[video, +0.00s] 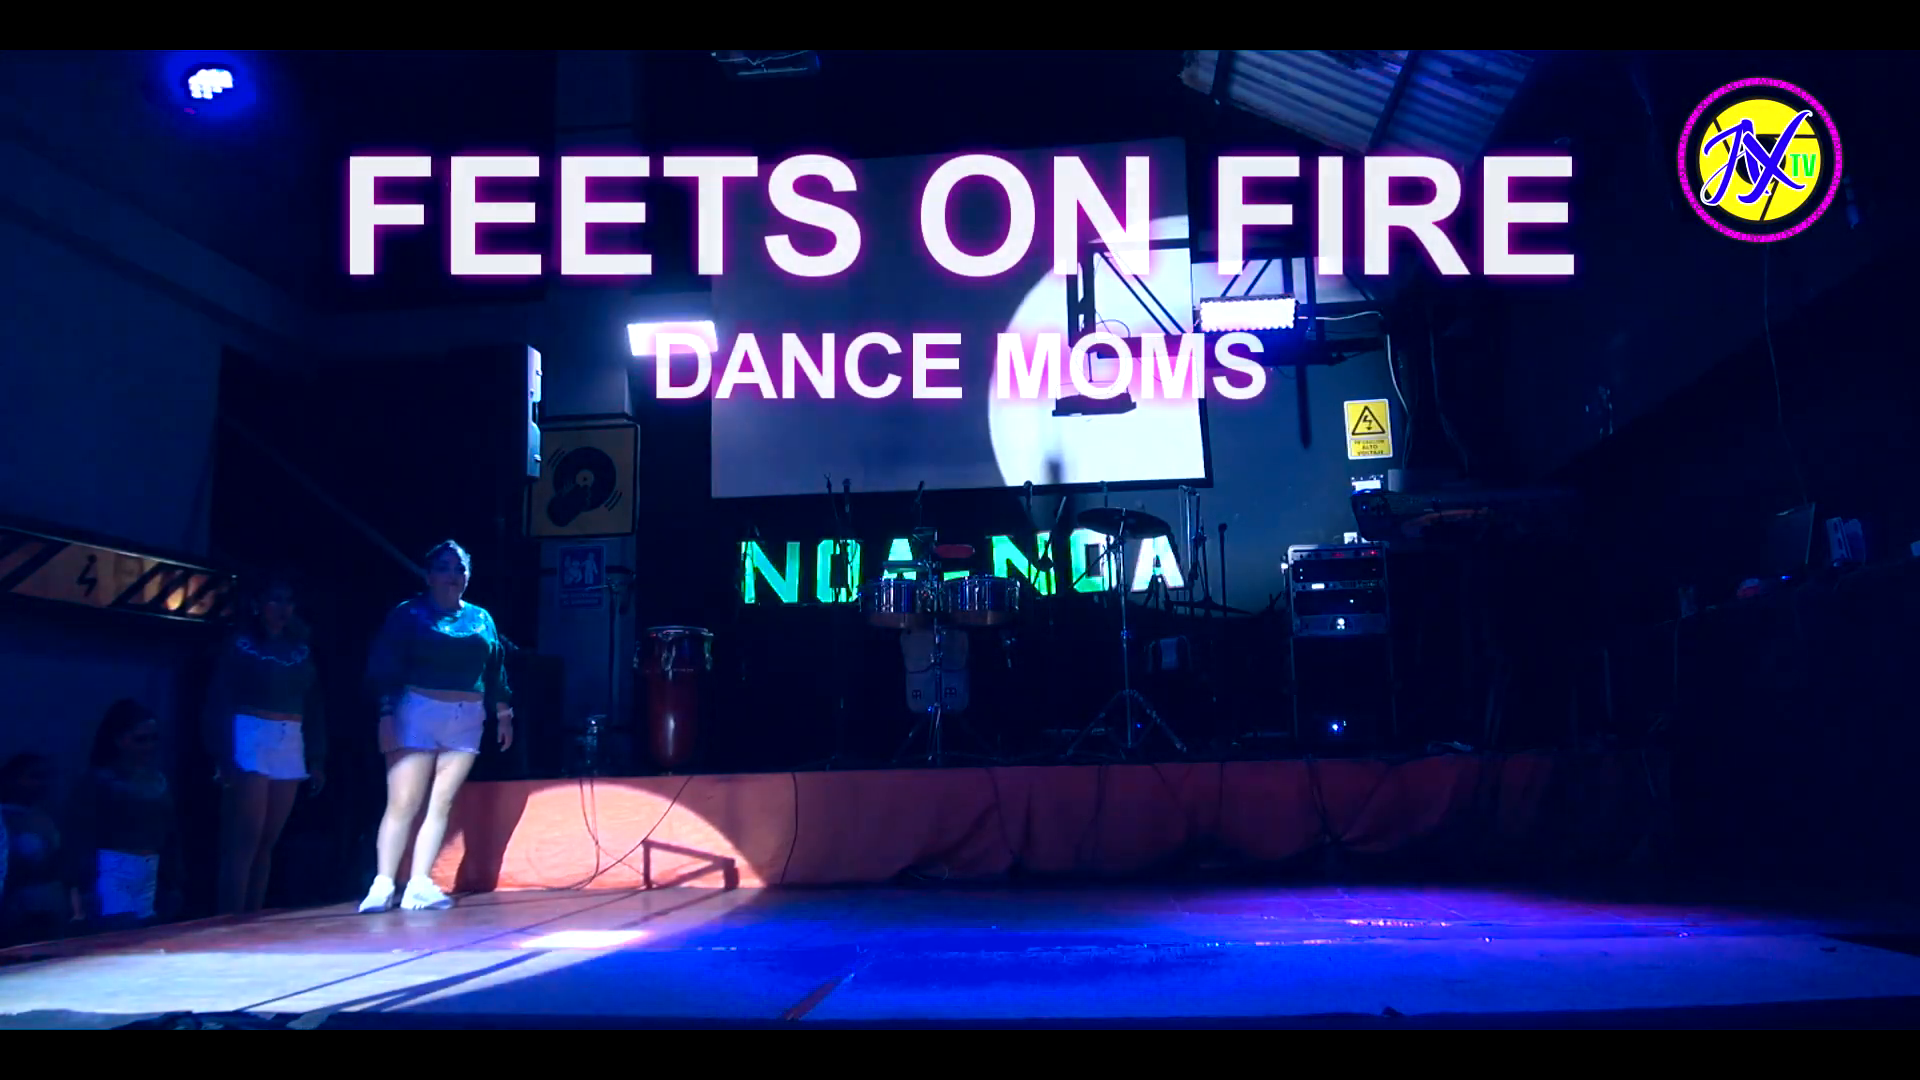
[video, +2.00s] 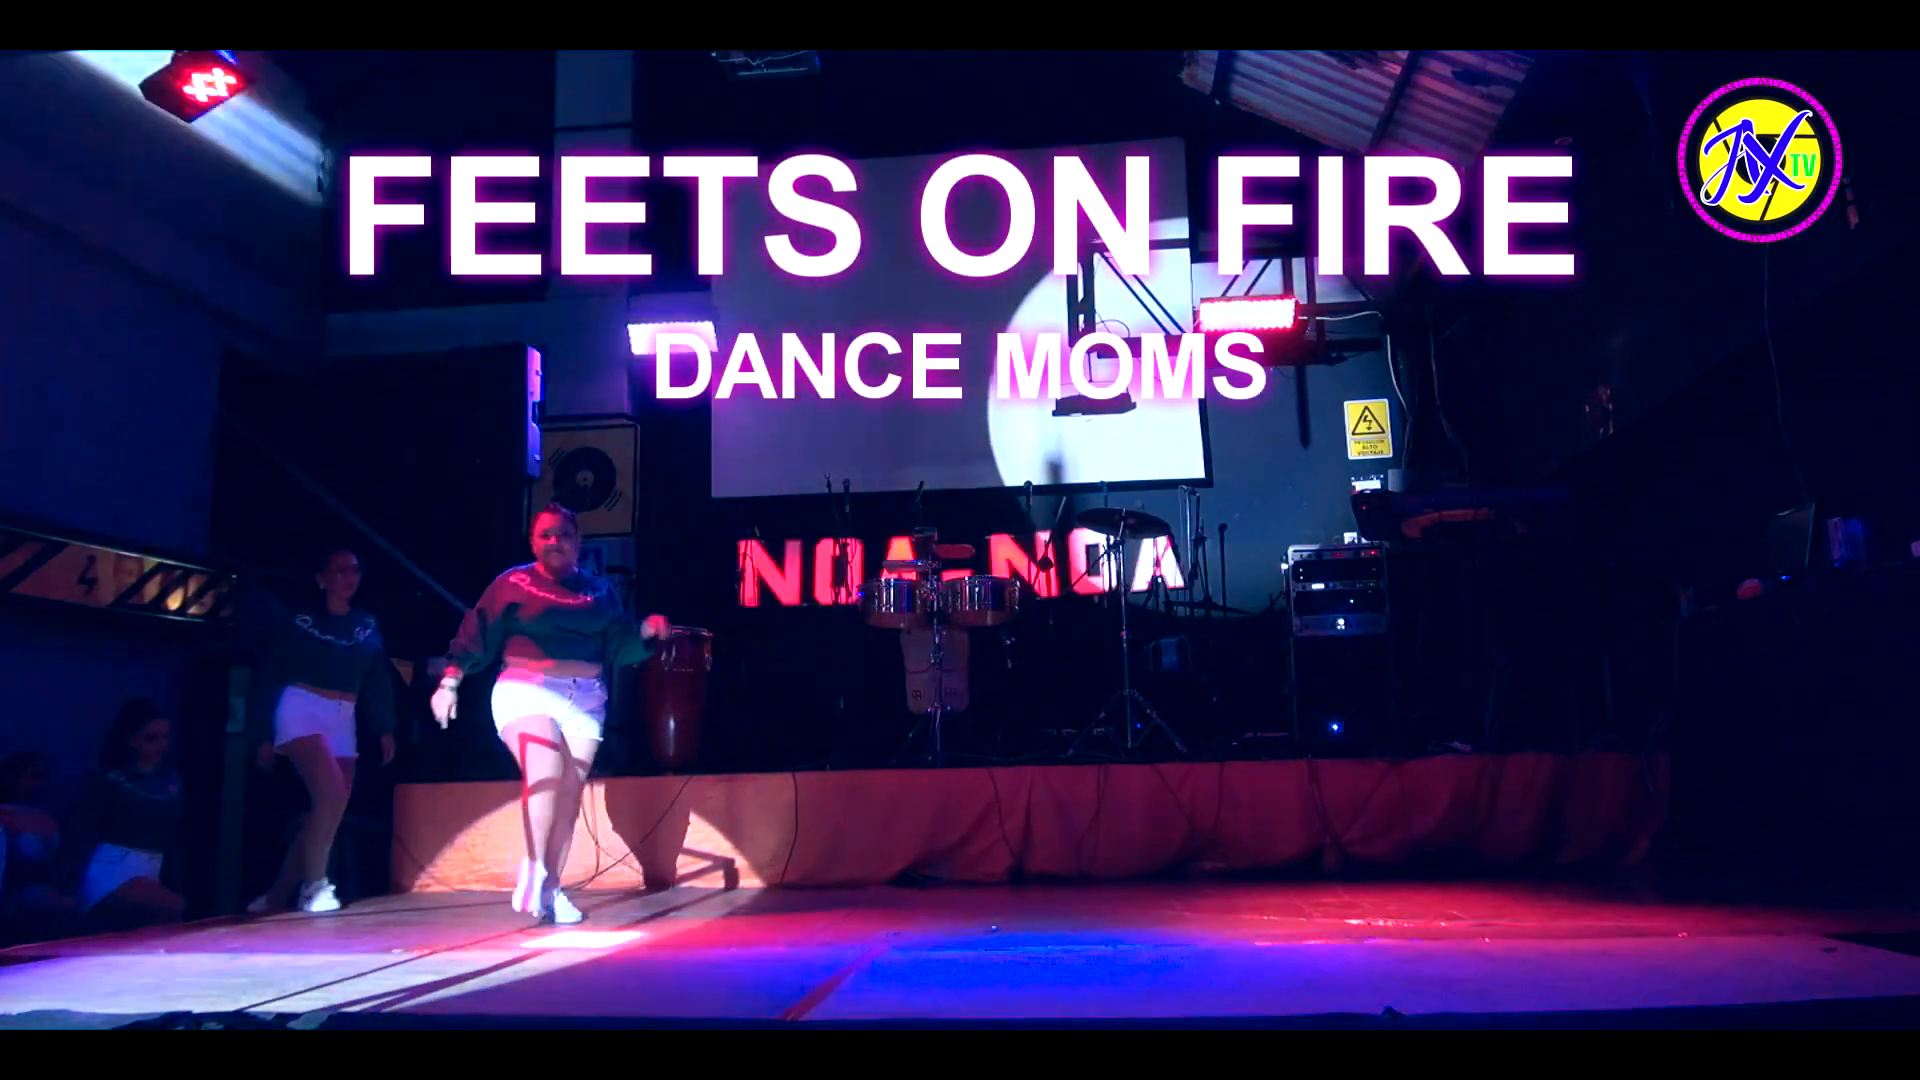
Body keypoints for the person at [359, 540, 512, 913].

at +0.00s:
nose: (453, 576)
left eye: (460, 570)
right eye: (445, 569)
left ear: (468, 576)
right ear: (429, 575)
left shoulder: (481, 618)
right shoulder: (408, 615)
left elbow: (496, 671)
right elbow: (386, 667)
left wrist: (503, 714)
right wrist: (386, 715)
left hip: (467, 713)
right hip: (417, 709)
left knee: (441, 805)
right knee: (402, 805)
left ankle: (419, 884)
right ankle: (384, 882)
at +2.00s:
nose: (556, 541)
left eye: (564, 534)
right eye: (546, 535)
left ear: (578, 541)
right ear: (533, 543)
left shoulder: (597, 591)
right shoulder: (513, 584)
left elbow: (616, 648)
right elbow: (475, 635)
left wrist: (644, 633)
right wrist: (450, 682)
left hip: (584, 696)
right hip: (527, 690)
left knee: (570, 792)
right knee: (545, 771)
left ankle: (553, 888)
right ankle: (536, 871)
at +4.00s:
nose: (459, 496)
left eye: (470, 490)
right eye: (462, 489)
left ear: (498, 498)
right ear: (482, 499)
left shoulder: (534, 550)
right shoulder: (449, 554)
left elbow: (566, 616)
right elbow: (421, 604)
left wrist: (559, 678)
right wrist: (397, 624)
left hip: (509, 689)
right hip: (448, 692)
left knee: (501, 806)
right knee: (443, 809)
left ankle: (512, 915)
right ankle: (419, 917)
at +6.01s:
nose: (474, 509)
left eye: (484, 502)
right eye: (466, 503)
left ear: (505, 511)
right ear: (455, 514)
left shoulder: (524, 570)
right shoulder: (426, 561)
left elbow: (546, 631)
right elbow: (381, 600)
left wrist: (545, 675)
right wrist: (333, 626)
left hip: (500, 683)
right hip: (431, 686)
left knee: (485, 794)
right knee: (439, 804)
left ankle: (500, 900)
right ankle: (456, 913)